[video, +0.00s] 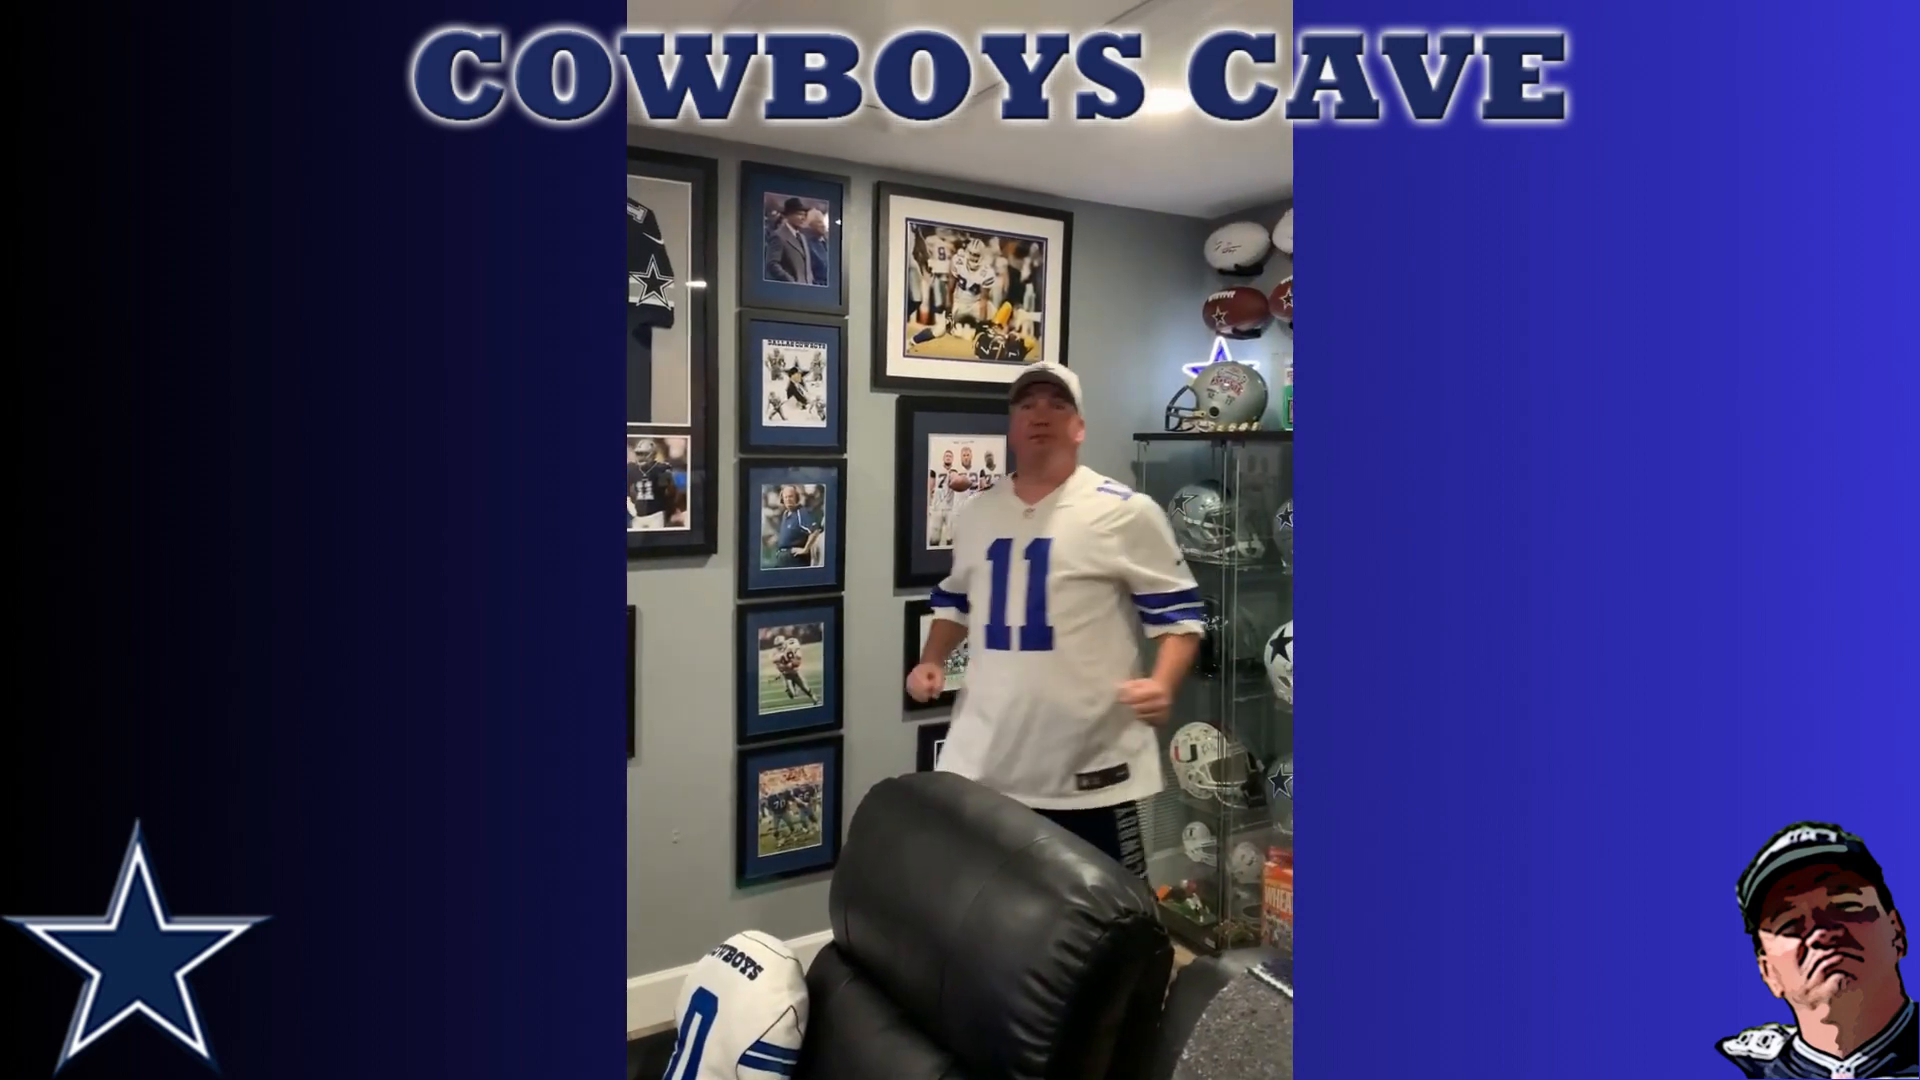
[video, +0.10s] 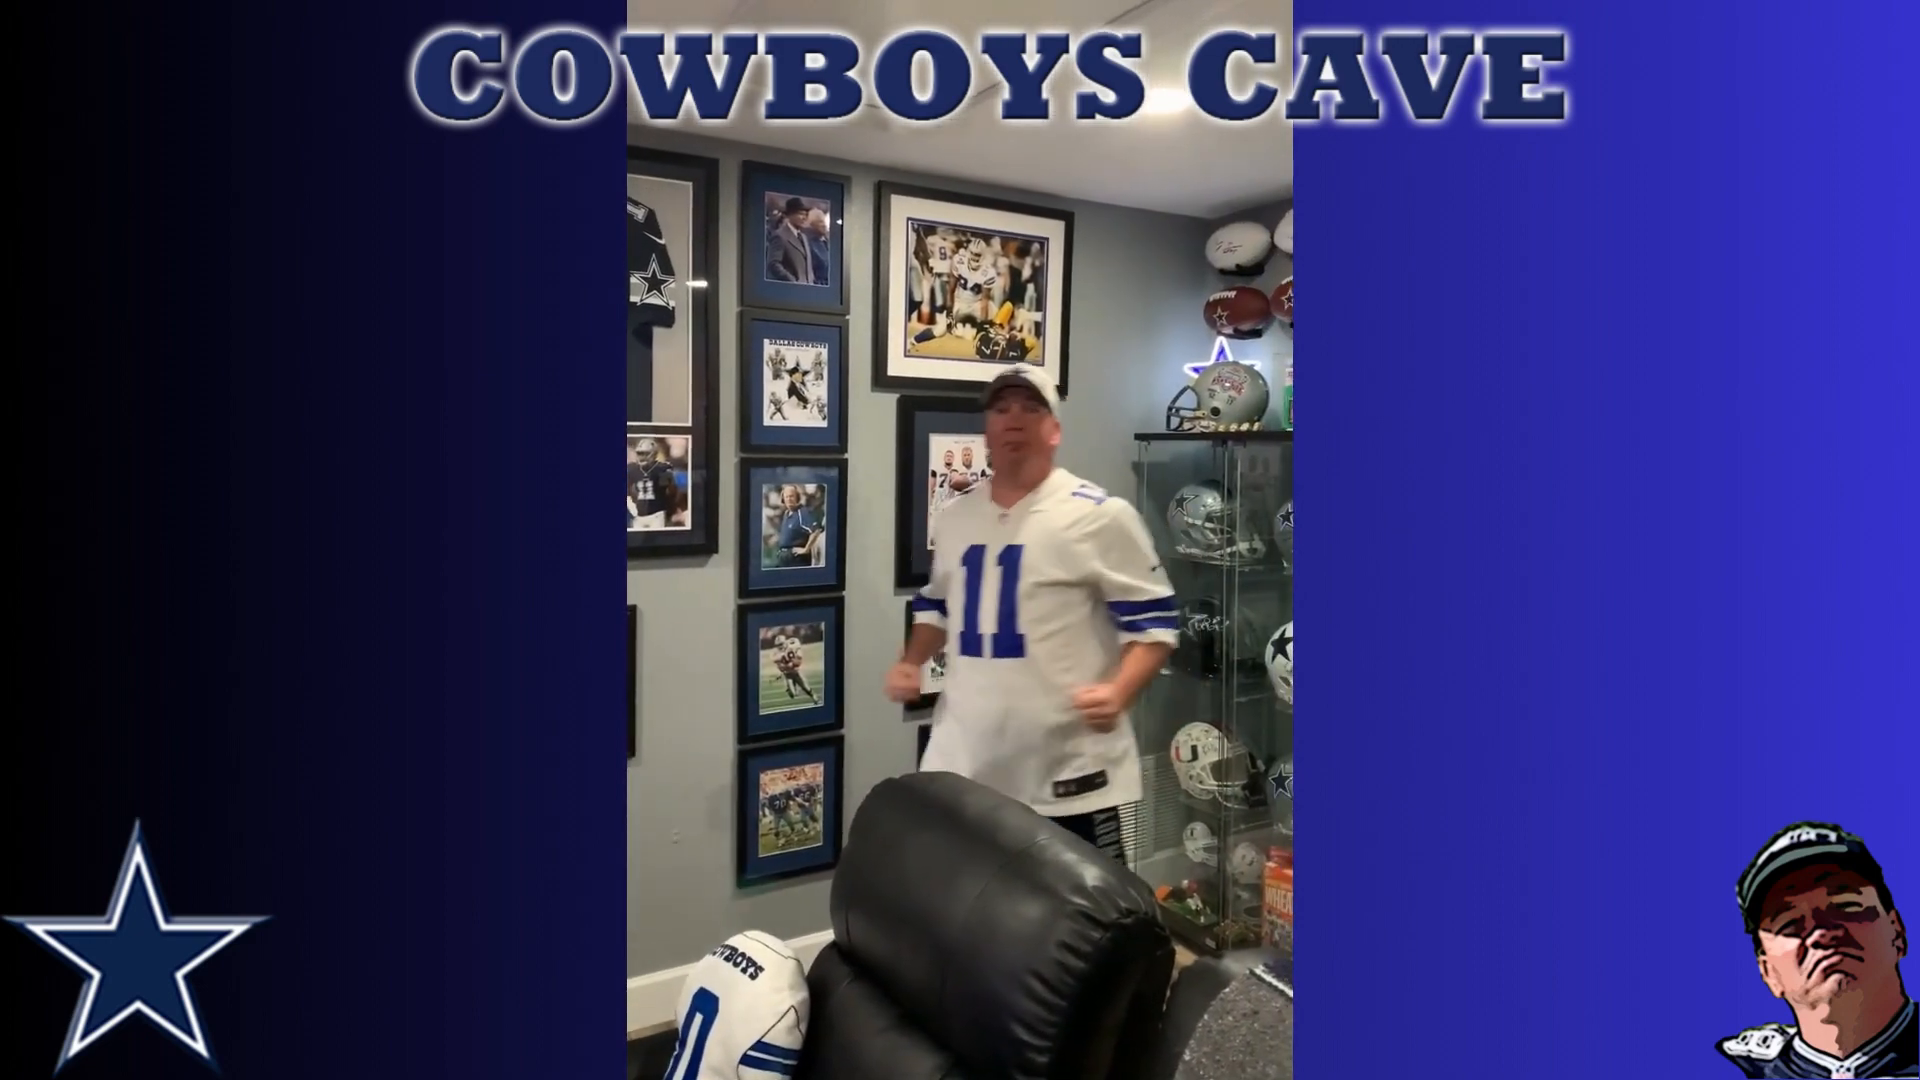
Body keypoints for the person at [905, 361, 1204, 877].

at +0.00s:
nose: (1040, 413)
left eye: (1055, 404)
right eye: (1027, 405)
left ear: (1078, 428)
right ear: (1009, 427)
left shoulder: (1126, 513)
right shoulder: (974, 515)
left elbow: (1182, 619)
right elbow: (954, 603)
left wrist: (1161, 683)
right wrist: (931, 660)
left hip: (1091, 789)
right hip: (983, 784)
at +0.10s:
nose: (1013, 417)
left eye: (1029, 406)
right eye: (1001, 407)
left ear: (1053, 431)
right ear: (984, 430)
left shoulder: (1101, 517)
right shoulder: (954, 518)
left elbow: (1155, 625)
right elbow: (935, 607)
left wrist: (1119, 691)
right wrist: (912, 661)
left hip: (1070, 785)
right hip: (965, 780)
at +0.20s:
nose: (981, 421)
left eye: (998, 410)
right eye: (969, 410)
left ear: (1025, 433)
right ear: (952, 434)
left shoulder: (1074, 522)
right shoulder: (928, 521)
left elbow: (1124, 642)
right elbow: (911, 614)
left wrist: (1071, 706)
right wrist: (883, 667)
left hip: (1042, 787)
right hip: (938, 780)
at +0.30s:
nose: (954, 427)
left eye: (971, 415)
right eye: (939, 415)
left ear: (999, 438)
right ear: (922, 437)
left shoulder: (1044, 525)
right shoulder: (898, 521)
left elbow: (1095, 644)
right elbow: (883, 620)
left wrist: (1039, 709)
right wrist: (859, 677)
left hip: (1006, 792)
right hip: (898, 785)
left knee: (1003, 944)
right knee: (883, 940)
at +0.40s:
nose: (931, 422)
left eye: (948, 410)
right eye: (917, 410)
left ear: (972, 430)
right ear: (898, 430)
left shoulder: (1018, 522)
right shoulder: (869, 519)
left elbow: (1065, 639)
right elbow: (848, 615)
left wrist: (1014, 703)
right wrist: (820, 672)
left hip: (980, 790)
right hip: (874, 781)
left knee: (979, 940)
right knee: (845, 929)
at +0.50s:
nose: (915, 411)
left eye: (931, 398)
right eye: (899, 397)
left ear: (953, 418)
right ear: (877, 417)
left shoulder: (1001, 509)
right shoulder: (851, 508)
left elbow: (1052, 621)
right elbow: (827, 605)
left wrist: (1004, 685)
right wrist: (797, 659)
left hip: (965, 784)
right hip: (867, 778)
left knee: (965, 942)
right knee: (864, 937)